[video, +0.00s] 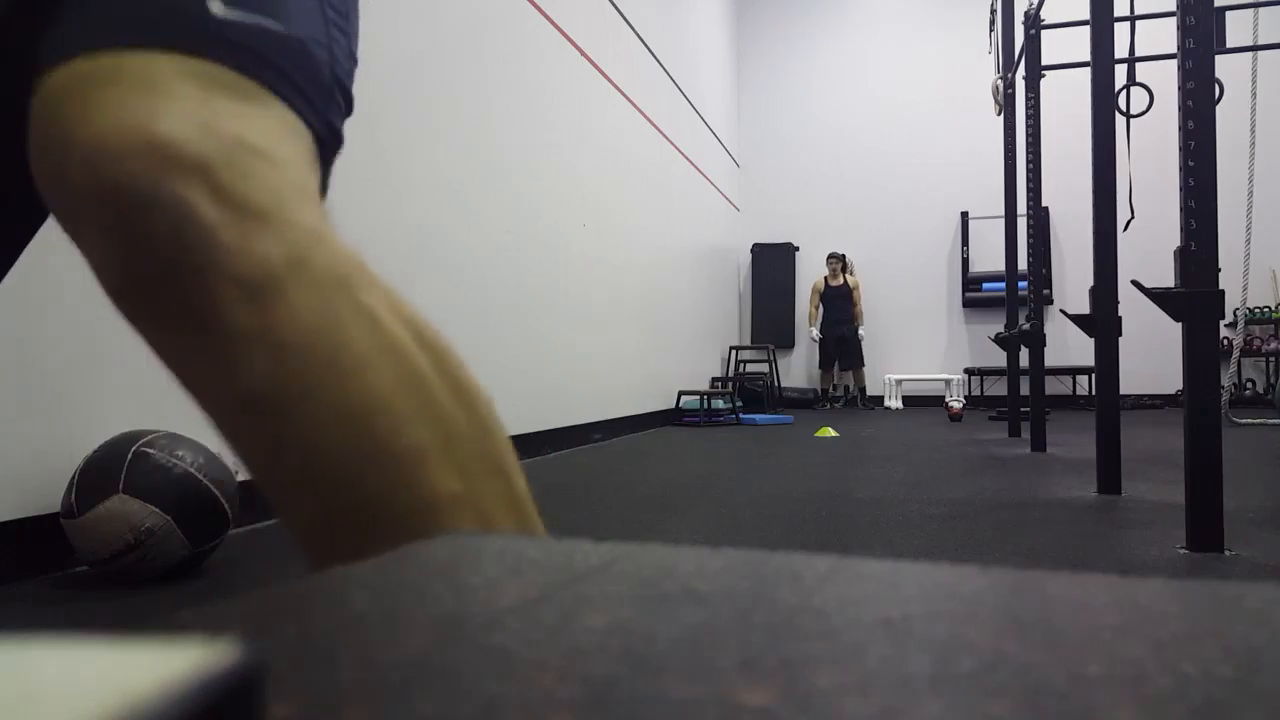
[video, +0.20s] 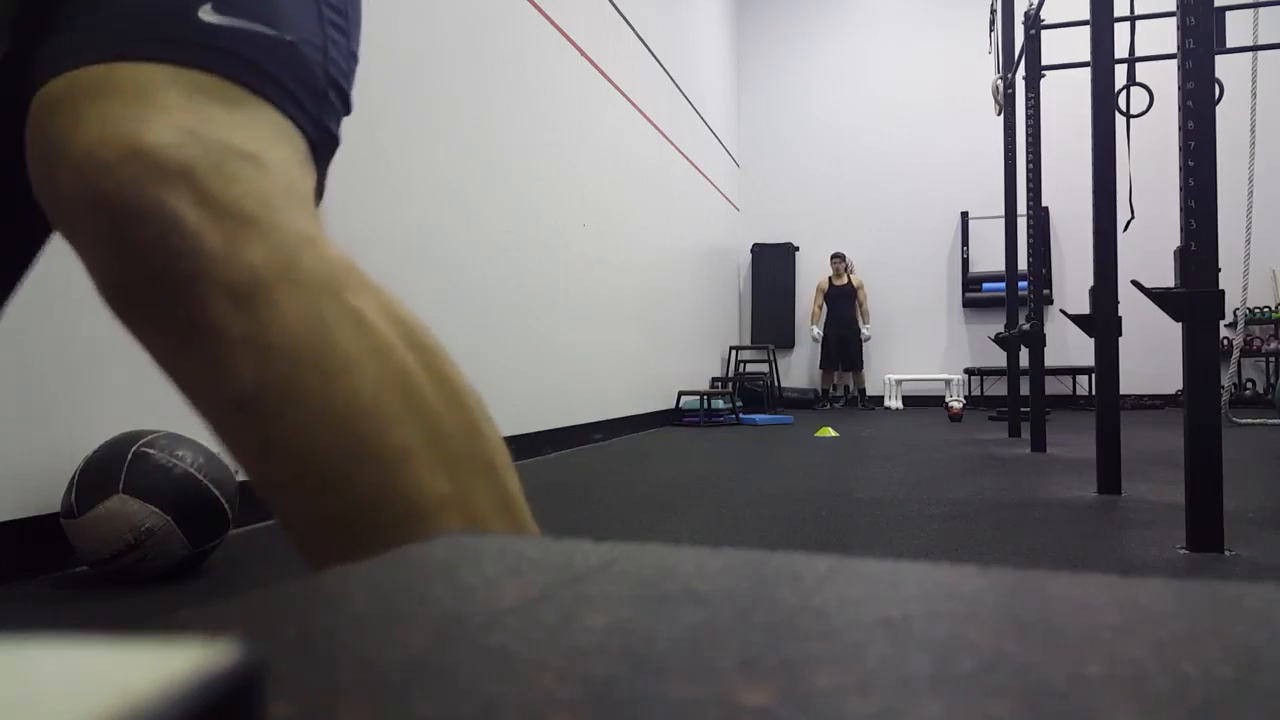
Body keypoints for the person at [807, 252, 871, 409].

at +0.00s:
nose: (833, 266)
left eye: (836, 263)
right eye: (830, 263)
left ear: (842, 264)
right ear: (826, 265)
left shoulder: (852, 282)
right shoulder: (819, 284)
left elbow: (857, 305)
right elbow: (814, 307)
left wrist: (860, 325)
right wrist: (812, 327)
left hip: (849, 329)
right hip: (828, 330)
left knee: (857, 366)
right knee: (826, 367)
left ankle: (863, 398)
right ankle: (824, 399)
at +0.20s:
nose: (837, 266)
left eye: (839, 263)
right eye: (834, 263)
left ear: (845, 264)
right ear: (830, 265)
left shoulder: (855, 282)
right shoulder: (824, 284)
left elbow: (862, 304)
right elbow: (818, 306)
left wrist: (866, 326)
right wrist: (814, 326)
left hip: (852, 330)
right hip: (831, 331)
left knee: (857, 368)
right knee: (827, 368)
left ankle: (862, 399)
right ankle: (825, 399)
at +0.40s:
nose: (842, 266)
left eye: (845, 263)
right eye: (839, 263)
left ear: (851, 265)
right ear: (835, 265)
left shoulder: (860, 283)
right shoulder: (828, 284)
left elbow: (866, 304)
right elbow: (824, 306)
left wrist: (869, 322)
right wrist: (820, 324)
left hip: (855, 331)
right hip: (834, 331)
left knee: (859, 368)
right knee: (829, 368)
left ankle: (862, 399)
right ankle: (825, 399)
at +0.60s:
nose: (844, 266)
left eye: (847, 263)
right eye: (841, 263)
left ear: (852, 265)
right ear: (837, 265)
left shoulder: (862, 283)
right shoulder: (830, 284)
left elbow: (867, 304)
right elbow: (826, 307)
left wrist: (869, 322)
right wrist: (821, 325)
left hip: (856, 331)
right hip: (835, 331)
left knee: (859, 368)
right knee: (830, 368)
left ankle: (862, 399)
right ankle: (825, 399)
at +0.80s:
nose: (843, 266)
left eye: (846, 262)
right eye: (840, 263)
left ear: (852, 264)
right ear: (837, 265)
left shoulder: (861, 283)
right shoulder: (829, 284)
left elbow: (866, 306)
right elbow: (824, 306)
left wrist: (868, 327)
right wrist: (818, 325)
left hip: (855, 331)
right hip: (835, 331)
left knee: (859, 368)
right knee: (830, 368)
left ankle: (862, 398)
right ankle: (825, 399)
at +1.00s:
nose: (843, 266)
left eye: (845, 262)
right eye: (840, 263)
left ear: (851, 264)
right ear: (836, 265)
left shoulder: (861, 282)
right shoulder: (829, 283)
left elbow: (866, 306)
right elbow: (823, 306)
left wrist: (867, 327)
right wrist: (817, 326)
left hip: (854, 331)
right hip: (834, 331)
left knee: (858, 368)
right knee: (830, 368)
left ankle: (862, 399)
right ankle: (825, 399)